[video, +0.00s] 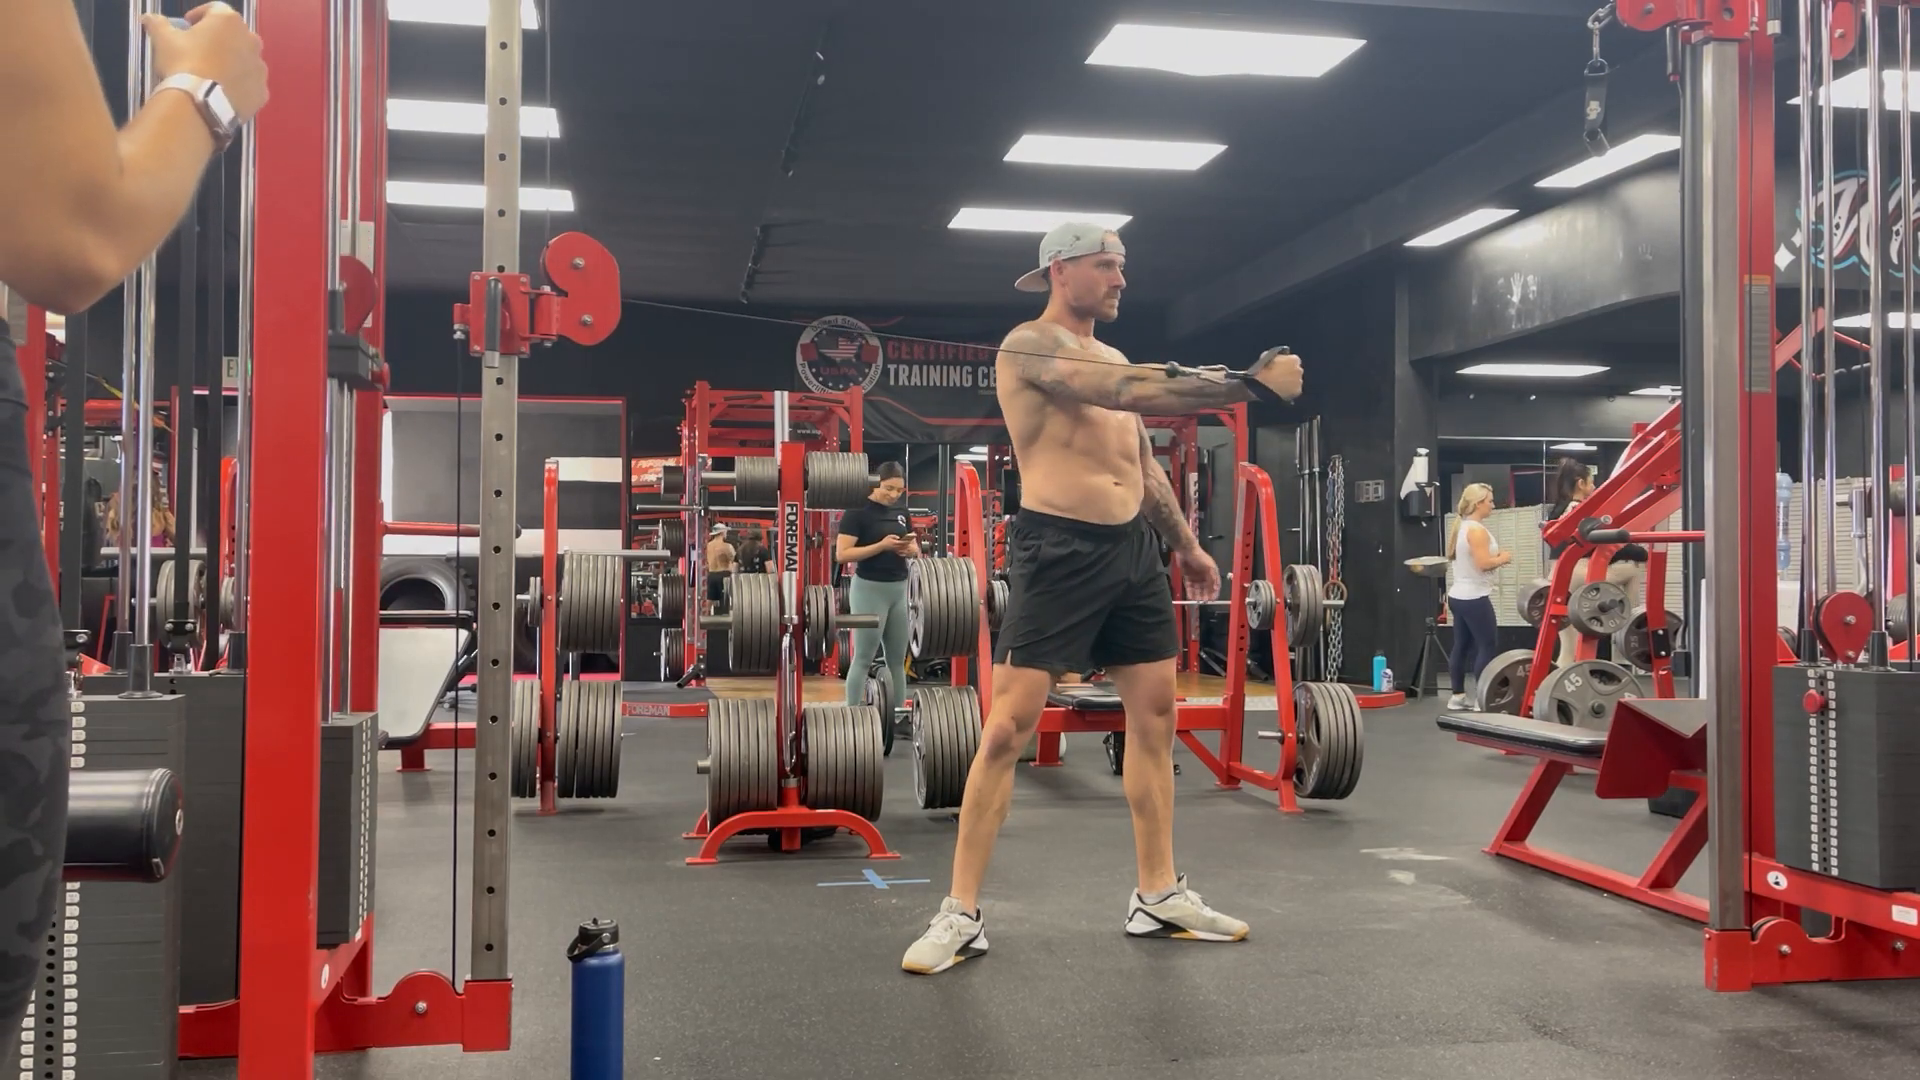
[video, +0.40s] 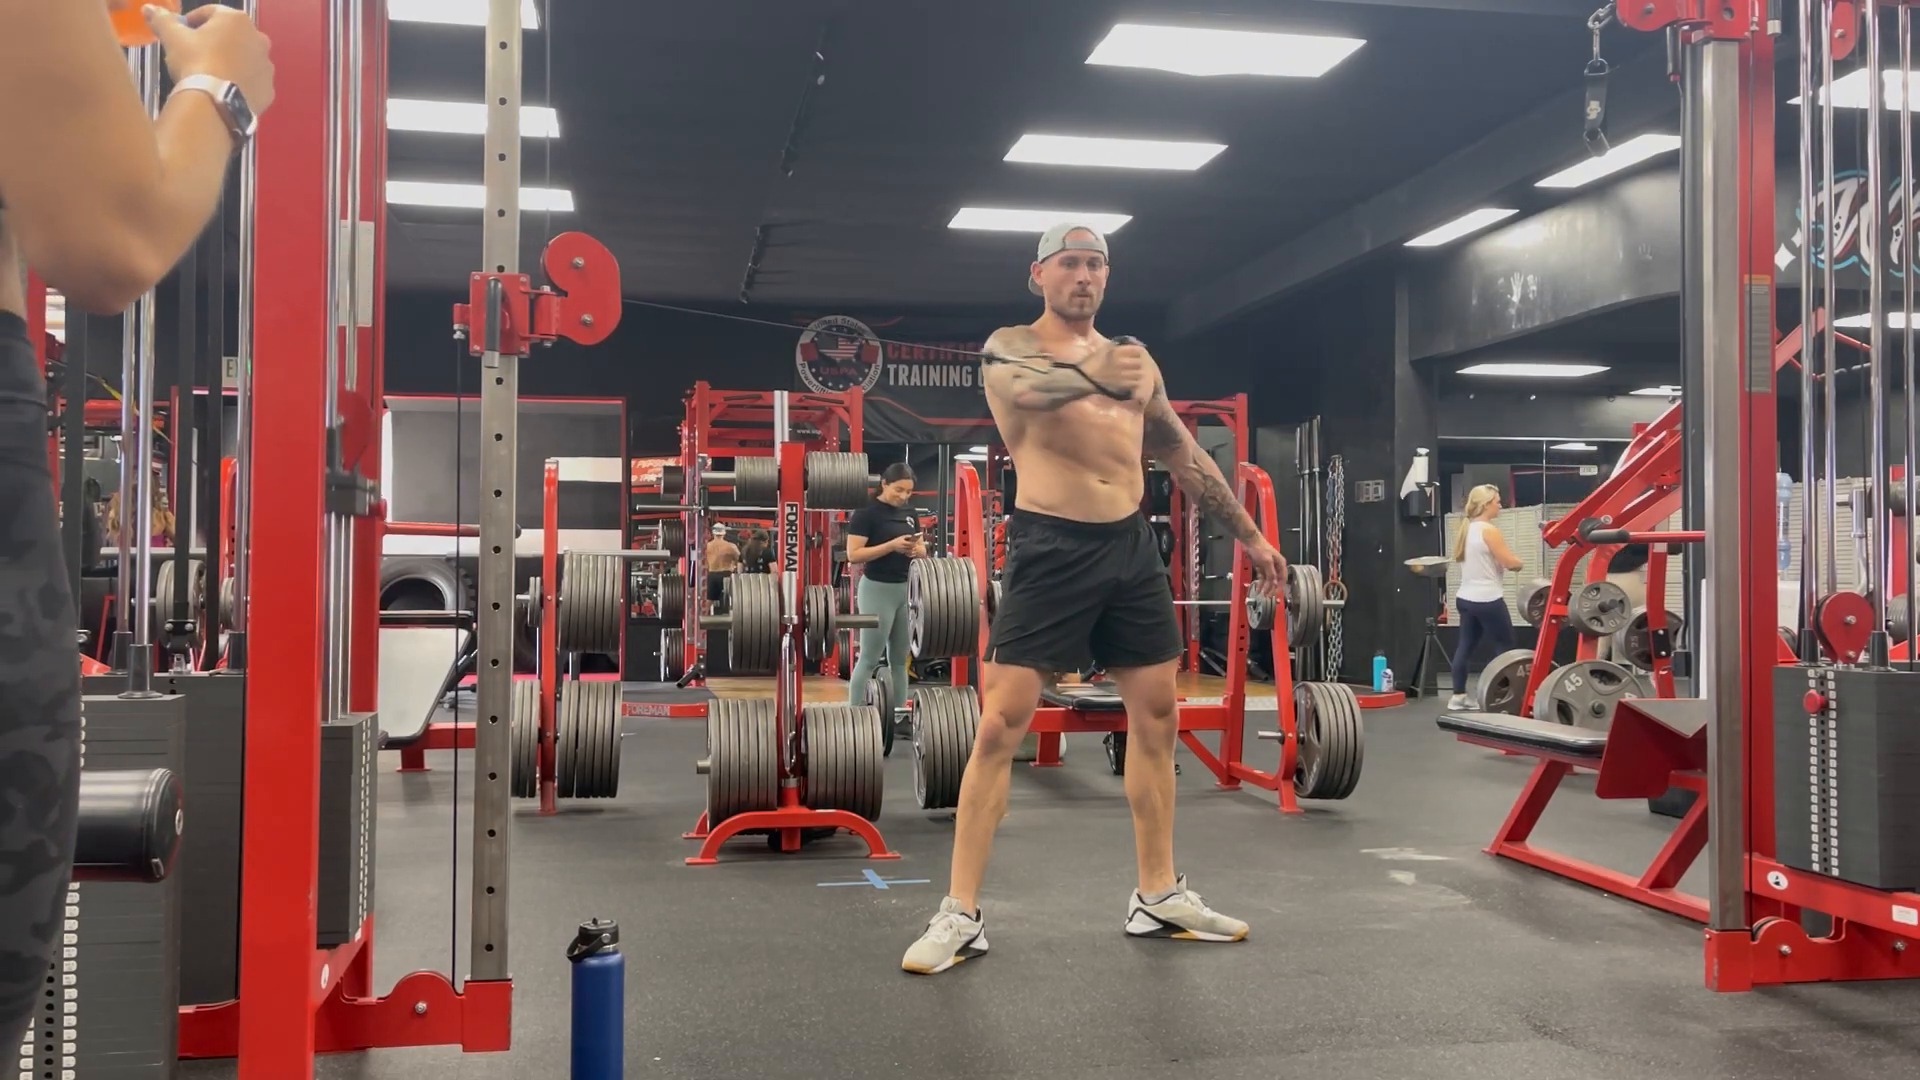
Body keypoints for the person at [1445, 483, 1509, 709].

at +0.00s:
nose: (1492, 505)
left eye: (1492, 501)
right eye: (1490, 501)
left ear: (1472, 504)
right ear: (1478, 504)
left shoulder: (1461, 527)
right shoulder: (1477, 530)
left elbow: (1463, 558)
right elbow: (1482, 563)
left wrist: (1496, 557)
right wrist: (1502, 559)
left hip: (1458, 595)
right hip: (1475, 598)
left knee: (1460, 645)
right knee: (1487, 646)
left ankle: (1458, 695)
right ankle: (1482, 697)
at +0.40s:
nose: (1499, 506)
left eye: (1499, 502)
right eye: (1497, 502)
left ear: (1477, 505)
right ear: (1486, 505)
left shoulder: (1467, 528)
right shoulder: (1489, 531)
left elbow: (1470, 559)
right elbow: (1510, 562)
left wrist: (1501, 563)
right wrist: (1518, 564)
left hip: (1466, 598)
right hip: (1488, 601)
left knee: (1464, 648)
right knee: (1506, 647)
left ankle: (1458, 695)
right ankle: (1508, 696)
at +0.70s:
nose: (1516, 503)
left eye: (1515, 499)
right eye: (1513, 499)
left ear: (1492, 503)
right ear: (1505, 503)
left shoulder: (1482, 530)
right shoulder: (1509, 530)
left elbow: (1497, 560)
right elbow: (1538, 560)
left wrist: (1527, 561)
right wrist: (1541, 565)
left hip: (1484, 600)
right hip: (1505, 601)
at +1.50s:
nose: (1535, 506)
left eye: (1534, 502)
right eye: (1533, 503)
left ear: (1512, 507)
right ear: (1526, 506)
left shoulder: (1504, 531)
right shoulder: (1533, 530)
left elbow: (1500, 561)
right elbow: (1553, 553)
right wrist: (1560, 554)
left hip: (1509, 595)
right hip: (1533, 595)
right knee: (1529, 640)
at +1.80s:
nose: (1552, 508)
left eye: (1551, 504)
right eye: (1551, 504)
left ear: (1528, 507)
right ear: (1546, 507)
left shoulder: (1520, 532)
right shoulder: (1551, 530)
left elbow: (1519, 561)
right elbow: (1568, 556)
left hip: (1522, 594)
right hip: (1546, 595)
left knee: (1531, 638)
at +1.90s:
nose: (1559, 512)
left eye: (1558, 508)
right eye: (1558, 508)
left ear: (1536, 511)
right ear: (1554, 511)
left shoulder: (1530, 535)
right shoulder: (1554, 535)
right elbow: (1577, 562)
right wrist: (1594, 569)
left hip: (1531, 595)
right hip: (1551, 596)